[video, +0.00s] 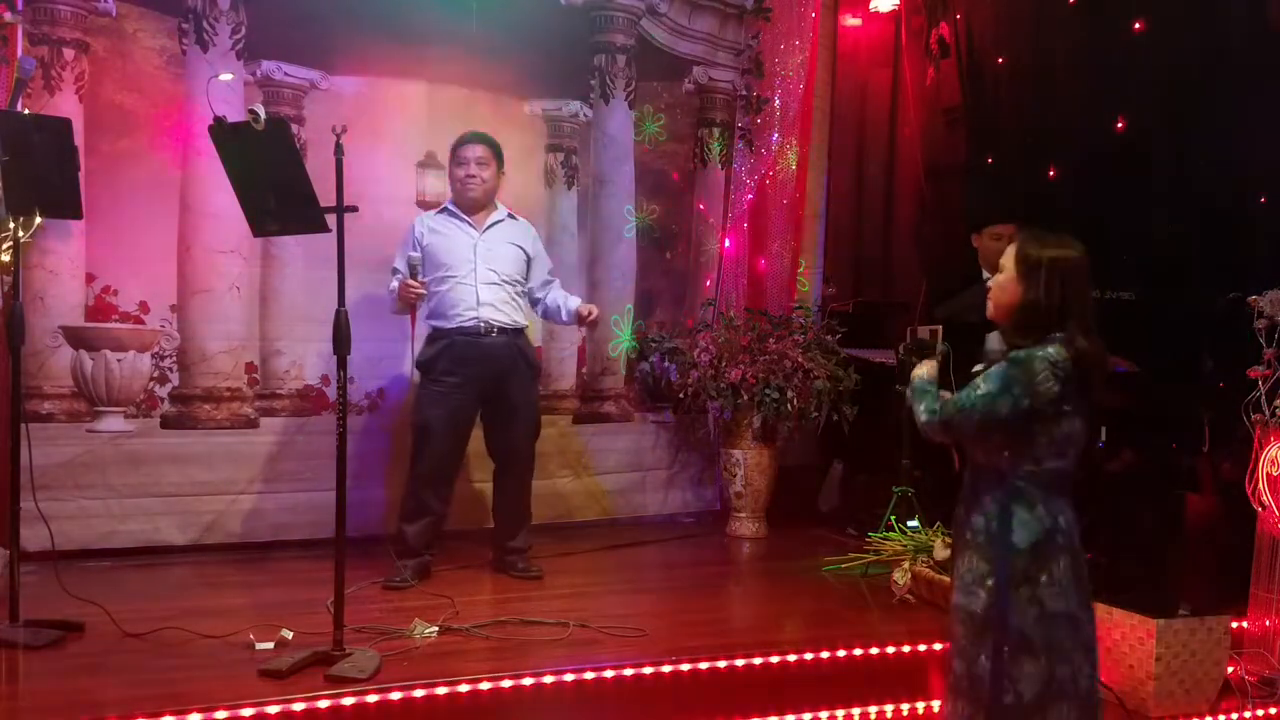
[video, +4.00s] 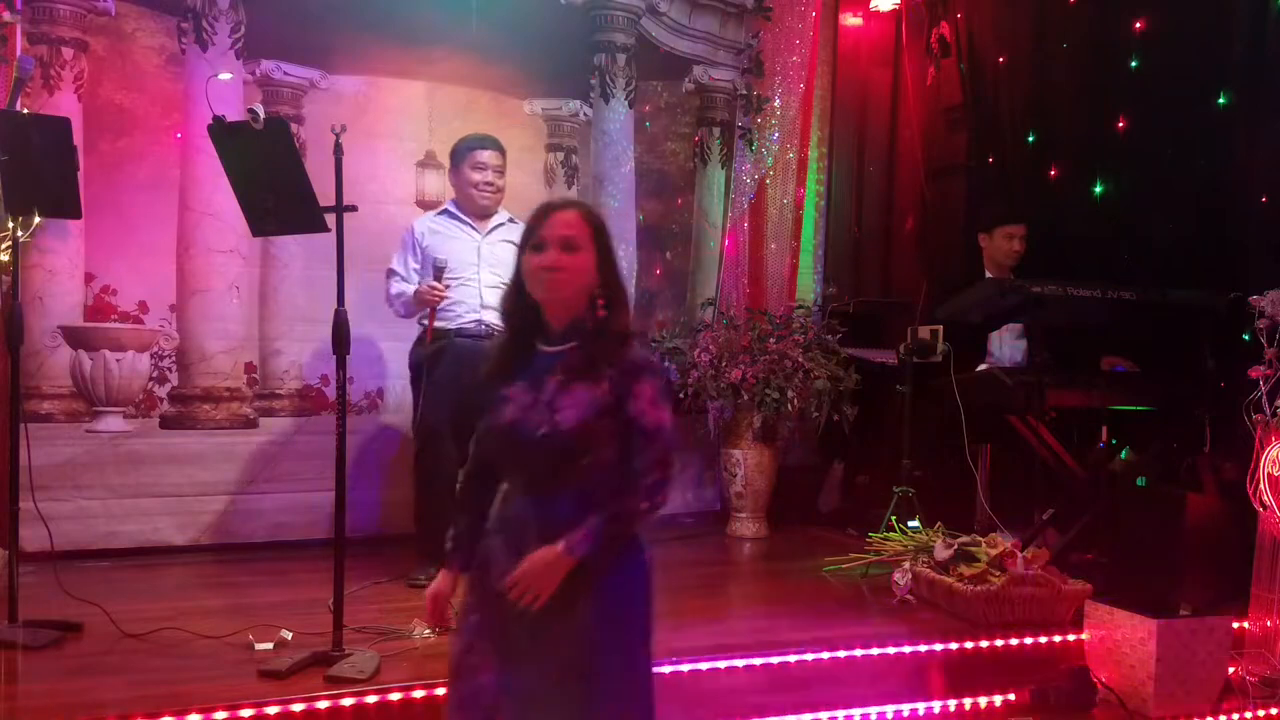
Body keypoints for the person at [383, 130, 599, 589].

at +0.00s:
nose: (470, 172)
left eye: (481, 164)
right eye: (462, 163)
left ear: (499, 174)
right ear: (450, 173)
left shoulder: (522, 231)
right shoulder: (426, 226)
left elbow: (543, 292)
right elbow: (399, 289)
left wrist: (574, 308)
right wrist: (404, 292)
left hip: (511, 353)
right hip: (449, 353)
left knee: (516, 457)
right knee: (433, 455)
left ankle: (512, 551)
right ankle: (413, 557)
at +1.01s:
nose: (516, 182)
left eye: (524, 176)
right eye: (507, 171)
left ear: (531, 184)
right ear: (482, 175)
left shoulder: (542, 239)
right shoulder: (446, 224)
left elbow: (562, 302)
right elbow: (414, 282)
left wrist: (578, 283)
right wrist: (420, 285)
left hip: (523, 355)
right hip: (465, 353)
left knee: (523, 460)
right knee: (444, 453)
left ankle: (514, 550)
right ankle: (417, 553)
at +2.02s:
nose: (451, 175)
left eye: (461, 168)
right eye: (441, 164)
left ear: (469, 179)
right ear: (418, 172)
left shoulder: (478, 236)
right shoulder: (389, 221)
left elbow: (501, 304)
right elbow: (359, 289)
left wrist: (555, 312)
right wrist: (377, 282)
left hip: (469, 351)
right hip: (410, 350)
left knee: (496, 446)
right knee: (412, 454)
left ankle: (503, 550)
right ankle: (418, 554)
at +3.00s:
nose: (527, 171)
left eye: (538, 163)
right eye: (518, 163)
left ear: (555, 173)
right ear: (503, 171)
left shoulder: (573, 226)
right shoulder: (480, 224)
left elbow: (586, 286)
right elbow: (460, 291)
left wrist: (588, 304)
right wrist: (456, 290)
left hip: (553, 355)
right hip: (492, 356)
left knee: (556, 464)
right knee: (473, 459)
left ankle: (547, 562)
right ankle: (462, 558)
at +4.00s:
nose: (489, 178)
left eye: (497, 170)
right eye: (478, 168)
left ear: (505, 179)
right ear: (455, 174)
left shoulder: (520, 235)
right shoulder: (425, 229)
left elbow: (539, 295)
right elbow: (397, 295)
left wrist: (528, 332)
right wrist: (417, 296)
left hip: (503, 352)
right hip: (446, 353)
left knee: (498, 452)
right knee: (438, 455)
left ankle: (491, 554)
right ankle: (432, 558)